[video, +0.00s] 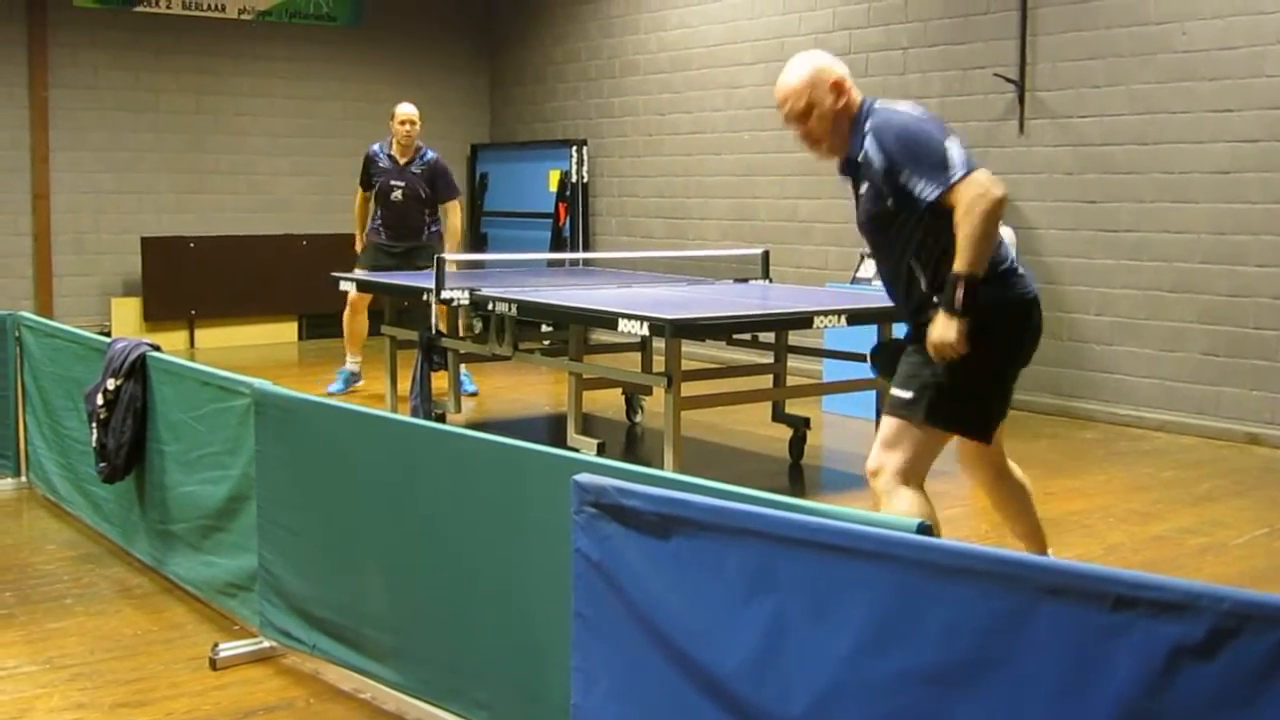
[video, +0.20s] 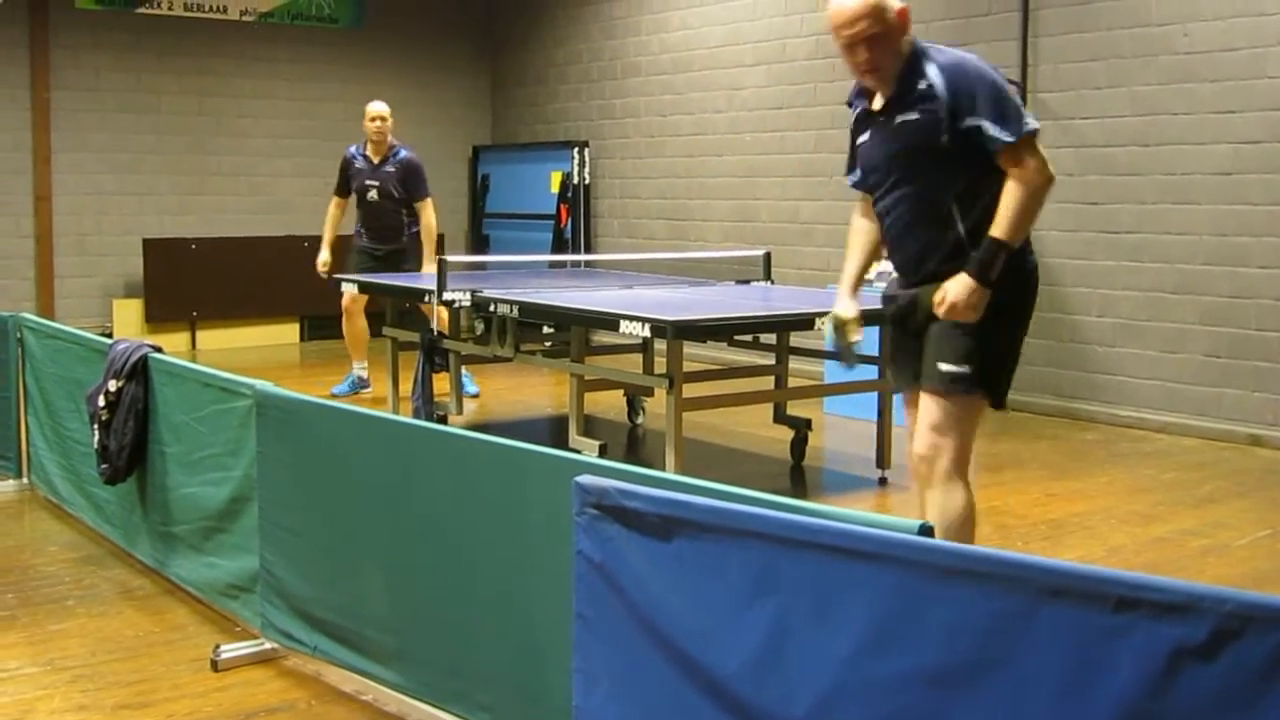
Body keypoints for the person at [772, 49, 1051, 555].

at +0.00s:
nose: (798, 132)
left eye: (803, 114)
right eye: (790, 121)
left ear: (839, 92)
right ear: (837, 98)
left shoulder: (890, 128)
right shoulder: (866, 148)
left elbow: (981, 194)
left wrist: (954, 304)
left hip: (973, 312)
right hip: (993, 310)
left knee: (891, 471)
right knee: (980, 455)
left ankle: (923, 611)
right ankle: (1044, 571)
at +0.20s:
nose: (861, 59)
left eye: (870, 42)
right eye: (848, 48)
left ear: (903, 24)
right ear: (836, 45)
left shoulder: (960, 77)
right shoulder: (864, 105)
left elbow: (1032, 174)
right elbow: (870, 208)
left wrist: (981, 273)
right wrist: (848, 289)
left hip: (977, 285)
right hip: (912, 291)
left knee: (936, 456)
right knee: (927, 455)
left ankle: (946, 615)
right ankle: (943, 604)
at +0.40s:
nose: (934, 48)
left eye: (944, 31)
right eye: (919, 34)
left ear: (966, 19)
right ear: (892, 31)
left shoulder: (1011, 92)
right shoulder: (871, 115)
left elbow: (1067, 197)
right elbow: (837, 217)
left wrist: (1045, 292)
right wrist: (798, 313)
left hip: (992, 319)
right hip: (907, 321)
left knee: (971, 481)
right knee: (921, 477)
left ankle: (977, 624)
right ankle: (939, 617)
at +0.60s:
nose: (999, 38)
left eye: (1011, 23)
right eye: (985, 21)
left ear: (1024, 22)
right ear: (947, 17)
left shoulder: (1055, 95)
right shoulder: (898, 102)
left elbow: (1109, 202)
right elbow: (851, 209)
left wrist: (1135, 312)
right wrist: (805, 315)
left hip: (1022, 333)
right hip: (922, 329)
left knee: (1007, 505)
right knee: (901, 501)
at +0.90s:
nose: (1069, 49)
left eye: (1081, 34)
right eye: (1054, 32)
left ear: (1094, 25)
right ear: (1009, 15)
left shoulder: (1103, 96)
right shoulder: (941, 92)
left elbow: (1135, 210)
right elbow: (867, 202)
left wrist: (1162, 325)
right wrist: (881, 312)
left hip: (1058, 338)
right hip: (961, 330)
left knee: (1017, 528)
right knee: (979, 516)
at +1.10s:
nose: (1121, 54)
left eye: (1133, 36)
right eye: (1106, 33)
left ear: (1145, 28)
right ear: (1056, 14)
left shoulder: (1131, 94)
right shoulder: (972, 96)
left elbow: (1145, 215)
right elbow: (894, 228)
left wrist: (1164, 328)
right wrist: (925, 353)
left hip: (1096, 349)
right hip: (1003, 349)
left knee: (1063, 543)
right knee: (1031, 549)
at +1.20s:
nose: (1150, 43)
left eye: (1161, 24)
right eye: (1136, 21)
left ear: (1168, 20)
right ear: (1081, 6)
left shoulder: (1145, 84)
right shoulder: (989, 93)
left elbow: (1152, 203)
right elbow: (918, 231)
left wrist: (1188, 319)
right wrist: (934, 372)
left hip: (1123, 350)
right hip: (1025, 352)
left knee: (1133, 572)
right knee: (1060, 579)